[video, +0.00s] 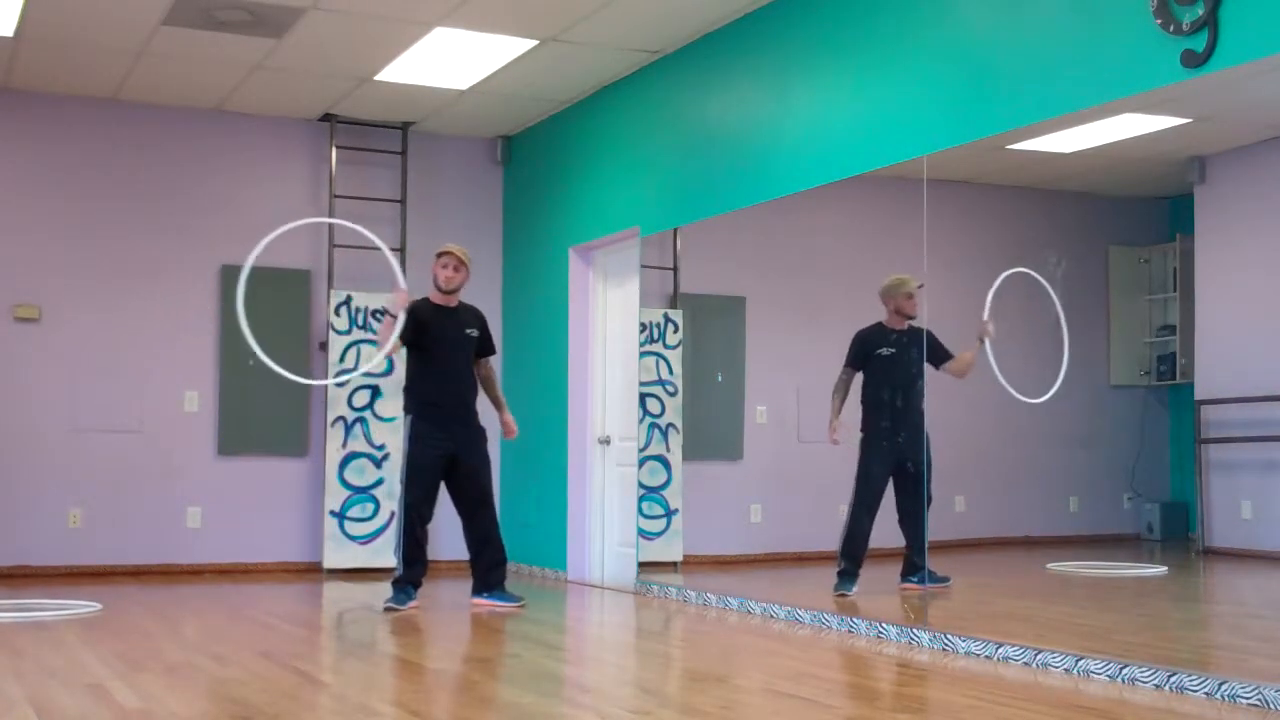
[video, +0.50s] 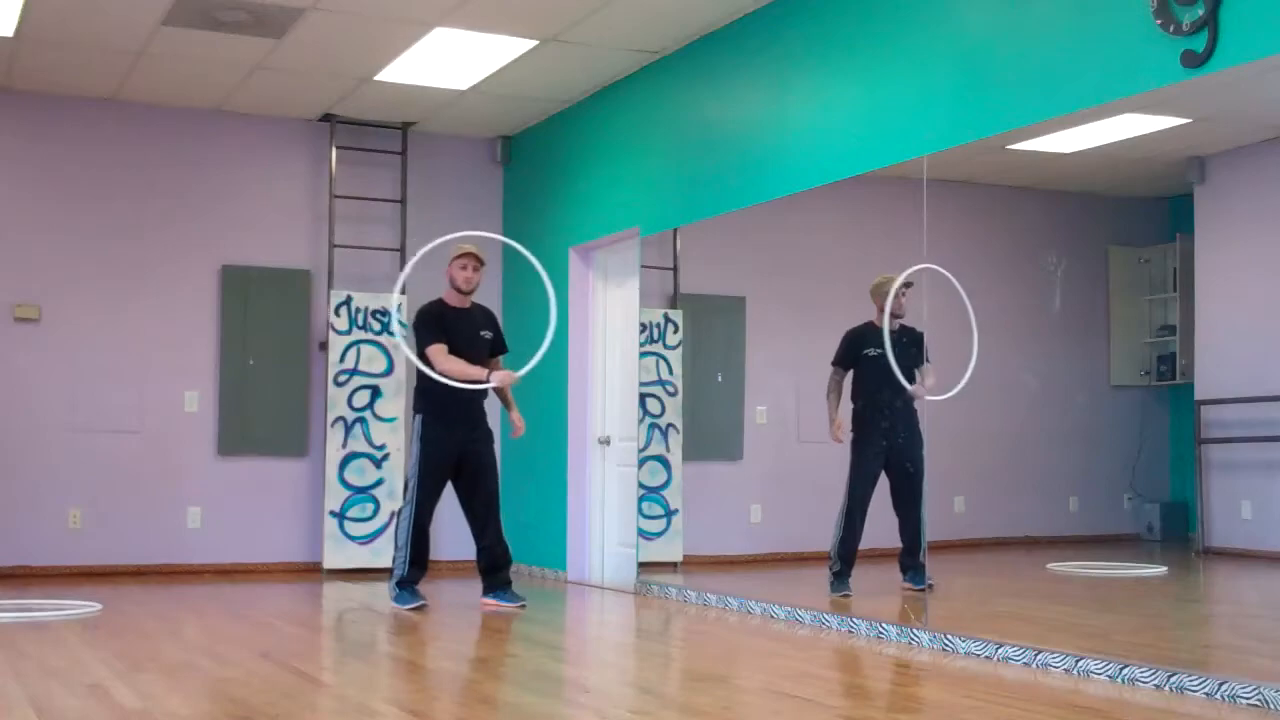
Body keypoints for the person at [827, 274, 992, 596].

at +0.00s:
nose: (916, 302)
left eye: (916, 296)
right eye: (909, 297)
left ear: (911, 301)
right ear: (890, 301)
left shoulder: (922, 338)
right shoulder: (866, 338)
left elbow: (959, 369)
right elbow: (845, 378)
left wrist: (981, 342)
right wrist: (835, 416)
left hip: (913, 437)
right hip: (877, 437)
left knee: (917, 506)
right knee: (865, 508)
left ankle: (915, 570)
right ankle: (847, 575)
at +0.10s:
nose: (920, 302)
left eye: (920, 297)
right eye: (914, 297)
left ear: (908, 303)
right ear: (895, 302)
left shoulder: (922, 341)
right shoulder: (869, 336)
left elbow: (951, 378)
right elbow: (845, 377)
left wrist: (966, 355)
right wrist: (836, 415)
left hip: (912, 436)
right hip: (877, 436)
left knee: (915, 505)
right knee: (864, 507)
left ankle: (915, 570)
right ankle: (848, 575)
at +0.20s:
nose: (922, 303)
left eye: (922, 298)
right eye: (915, 298)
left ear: (915, 303)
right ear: (896, 301)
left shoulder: (921, 341)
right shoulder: (868, 335)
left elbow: (945, 383)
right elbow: (844, 375)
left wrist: (952, 368)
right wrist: (837, 411)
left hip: (910, 432)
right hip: (875, 432)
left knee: (913, 504)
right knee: (862, 504)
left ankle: (915, 570)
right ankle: (845, 574)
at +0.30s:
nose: (918, 302)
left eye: (919, 297)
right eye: (912, 297)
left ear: (913, 303)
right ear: (893, 301)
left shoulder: (919, 341)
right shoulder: (865, 334)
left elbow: (936, 384)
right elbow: (840, 375)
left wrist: (939, 375)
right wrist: (837, 410)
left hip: (907, 433)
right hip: (872, 432)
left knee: (912, 504)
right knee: (858, 504)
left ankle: (914, 569)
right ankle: (841, 574)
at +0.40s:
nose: (911, 302)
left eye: (912, 297)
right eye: (904, 297)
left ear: (910, 302)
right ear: (886, 300)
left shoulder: (915, 339)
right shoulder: (860, 335)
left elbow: (931, 373)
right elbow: (837, 375)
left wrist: (928, 377)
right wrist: (835, 412)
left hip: (905, 433)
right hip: (868, 433)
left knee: (910, 506)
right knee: (855, 506)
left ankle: (913, 572)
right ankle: (840, 575)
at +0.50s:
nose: (903, 301)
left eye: (904, 295)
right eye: (896, 295)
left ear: (905, 299)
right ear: (880, 300)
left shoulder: (913, 337)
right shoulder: (857, 337)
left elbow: (927, 374)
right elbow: (836, 378)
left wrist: (922, 387)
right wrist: (834, 416)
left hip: (906, 432)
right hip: (869, 432)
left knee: (911, 504)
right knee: (856, 504)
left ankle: (914, 572)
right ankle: (840, 575)